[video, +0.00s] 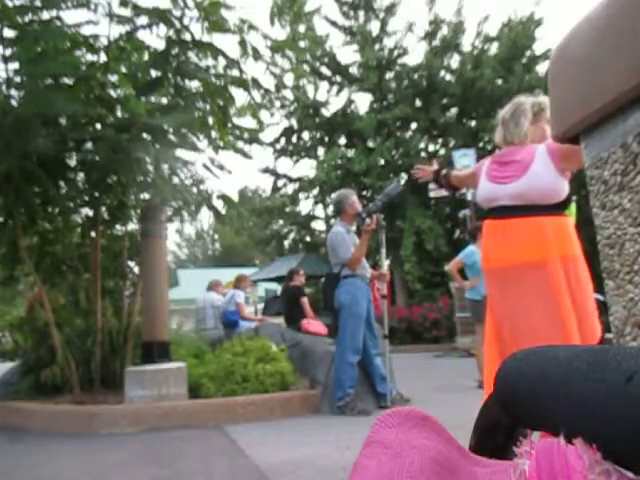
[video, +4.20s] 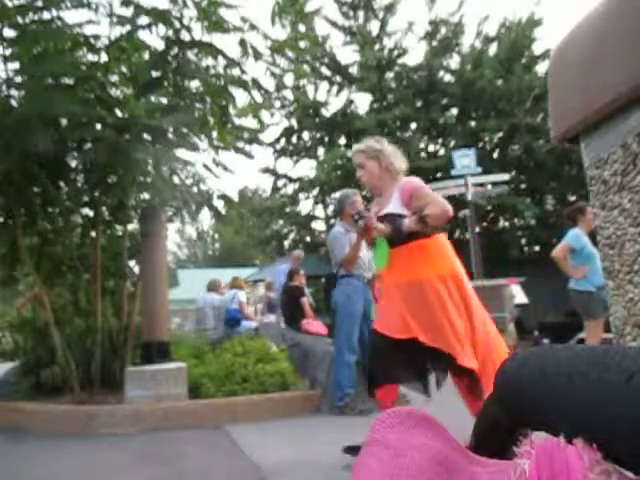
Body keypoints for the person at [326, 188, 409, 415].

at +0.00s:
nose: (361, 205)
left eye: (359, 201)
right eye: (356, 201)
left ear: (349, 207)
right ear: (347, 206)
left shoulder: (350, 233)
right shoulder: (337, 234)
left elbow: (357, 266)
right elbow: (352, 262)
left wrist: (374, 274)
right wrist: (366, 235)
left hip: (362, 284)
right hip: (350, 284)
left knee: (370, 344)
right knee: (350, 345)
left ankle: (386, 393)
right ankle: (344, 398)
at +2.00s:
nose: (361, 207)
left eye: (359, 203)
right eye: (356, 203)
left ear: (351, 207)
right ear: (346, 207)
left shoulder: (352, 233)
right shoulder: (338, 233)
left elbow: (358, 264)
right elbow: (353, 262)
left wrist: (374, 274)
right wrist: (367, 236)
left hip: (363, 284)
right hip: (350, 284)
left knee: (370, 342)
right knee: (351, 342)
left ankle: (384, 392)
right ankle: (344, 397)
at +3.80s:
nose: (362, 207)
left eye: (361, 202)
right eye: (358, 203)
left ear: (353, 207)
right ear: (347, 207)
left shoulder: (356, 231)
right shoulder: (337, 233)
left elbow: (360, 262)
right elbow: (350, 261)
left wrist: (374, 274)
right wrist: (361, 238)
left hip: (364, 283)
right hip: (350, 283)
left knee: (371, 342)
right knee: (349, 344)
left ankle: (385, 393)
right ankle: (343, 398)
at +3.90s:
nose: (361, 206)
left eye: (361, 202)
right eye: (357, 202)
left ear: (354, 207)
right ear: (346, 207)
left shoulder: (357, 231)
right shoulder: (337, 234)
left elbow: (366, 258)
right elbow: (346, 261)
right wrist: (362, 238)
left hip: (364, 285)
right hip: (347, 287)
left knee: (371, 342)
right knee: (348, 345)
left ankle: (384, 392)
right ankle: (343, 397)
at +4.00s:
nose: (361, 206)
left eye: (361, 202)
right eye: (357, 202)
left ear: (357, 207)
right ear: (346, 207)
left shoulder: (357, 231)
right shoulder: (337, 233)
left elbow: (365, 262)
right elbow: (348, 263)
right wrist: (362, 238)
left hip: (366, 282)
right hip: (348, 283)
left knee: (372, 342)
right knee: (348, 343)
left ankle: (385, 392)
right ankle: (344, 397)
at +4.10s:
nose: (362, 206)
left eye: (362, 202)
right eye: (357, 202)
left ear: (354, 207)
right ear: (346, 207)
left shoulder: (357, 232)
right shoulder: (337, 233)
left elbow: (363, 263)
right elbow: (347, 263)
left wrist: (376, 273)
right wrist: (360, 238)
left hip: (365, 283)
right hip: (349, 283)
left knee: (372, 341)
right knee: (348, 343)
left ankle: (385, 392)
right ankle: (343, 397)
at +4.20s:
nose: (361, 209)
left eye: (361, 205)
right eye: (356, 205)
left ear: (358, 207)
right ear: (345, 208)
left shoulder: (359, 231)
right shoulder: (337, 233)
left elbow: (367, 261)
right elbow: (347, 262)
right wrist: (359, 237)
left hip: (366, 282)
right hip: (349, 283)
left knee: (368, 338)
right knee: (347, 342)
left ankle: (377, 388)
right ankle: (344, 396)